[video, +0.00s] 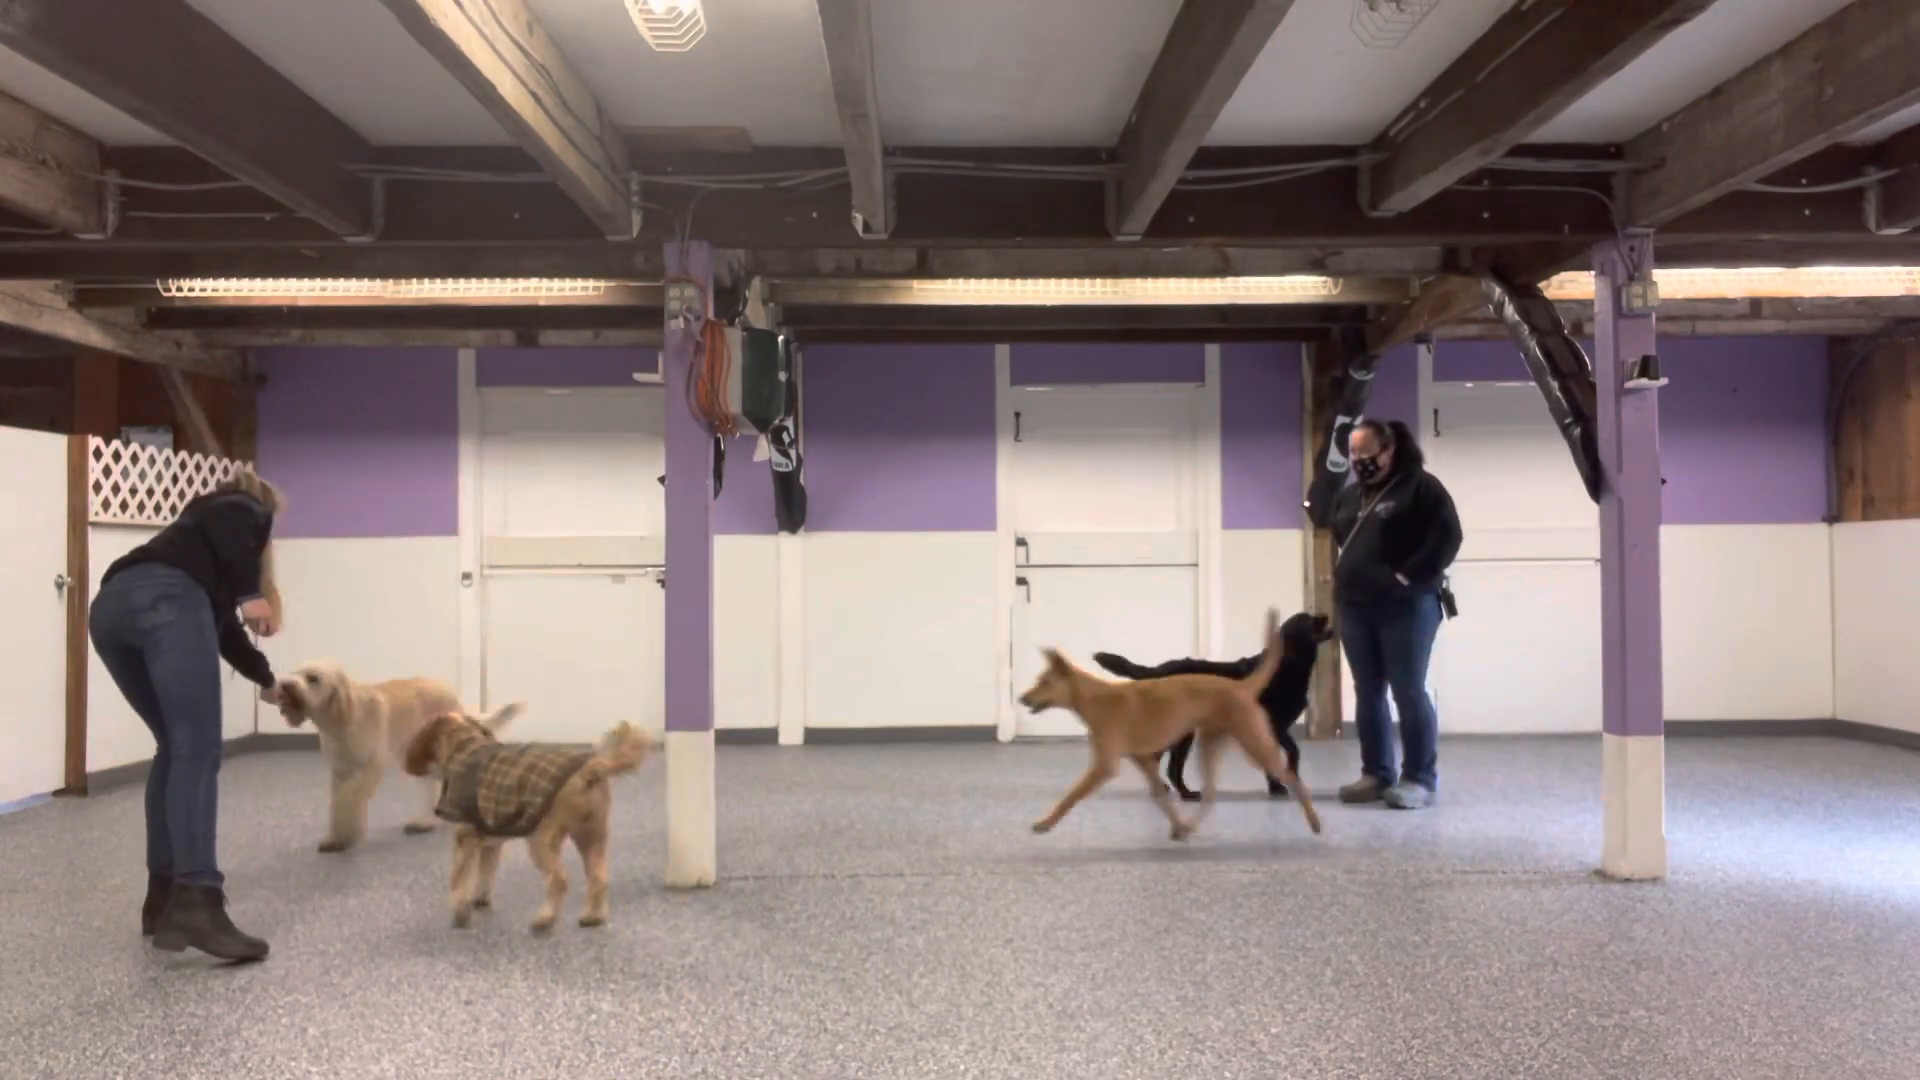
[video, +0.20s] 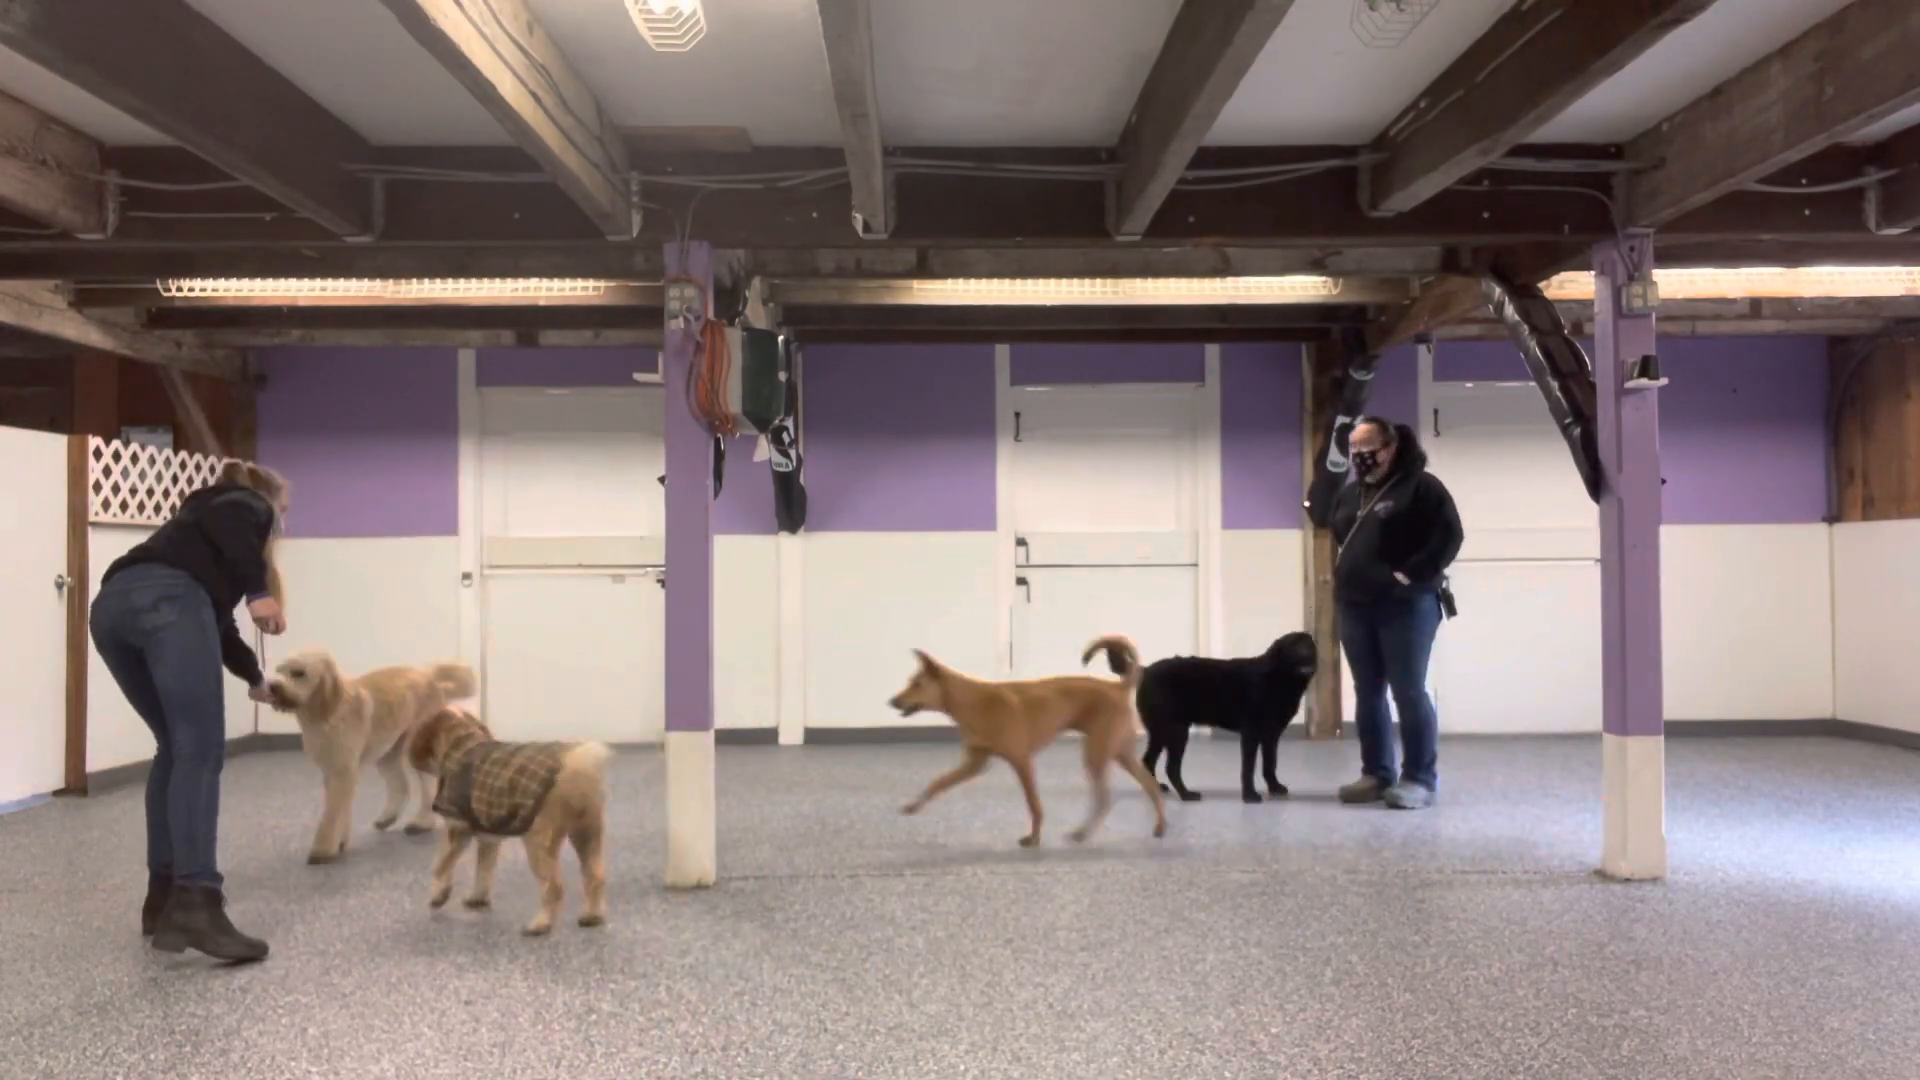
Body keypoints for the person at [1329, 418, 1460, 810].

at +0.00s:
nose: (1360, 463)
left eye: (1367, 454)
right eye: (1354, 456)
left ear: (1390, 448)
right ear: (1350, 457)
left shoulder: (1421, 486)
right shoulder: (1351, 493)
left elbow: (1449, 536)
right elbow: (1326, 519)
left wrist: (1409, 575)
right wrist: (1330, 469)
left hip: (1407, 601)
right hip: (1355, 602)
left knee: (1409, 689)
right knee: (1368, 691)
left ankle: (1419, 780)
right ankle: (1377, 774)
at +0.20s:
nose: (1361, 460)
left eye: (1368, 451)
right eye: (1355, 453)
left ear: (1393, 446)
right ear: (1351, 454)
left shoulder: (1422, 487)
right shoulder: (1353, 491)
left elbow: (1450, 535)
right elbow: (1328, 521)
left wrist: (1411, 574)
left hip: (1407, 601)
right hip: (1356, 603)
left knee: (1409, 690)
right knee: (1368, 691)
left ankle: (1419, 781)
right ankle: (1377, 774)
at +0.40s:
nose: (1364, 448)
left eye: (1373, 441)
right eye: (1359, 442)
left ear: (1396, 445)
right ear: (1353, 449)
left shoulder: (1421, 485)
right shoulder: (1353, 489)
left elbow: (1450, 535)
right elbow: (1325, 516)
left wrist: (1412, 574)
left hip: (1406, 600)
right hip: (1356, 601)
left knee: (1410, 691)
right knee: (1368, 691)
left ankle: (1419, 781)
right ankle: (1378, 775)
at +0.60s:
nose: (1364, 450)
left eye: (1373, 443)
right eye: (1359, 444)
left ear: (1395, 447)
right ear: (1354, 449)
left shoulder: (1422, 485)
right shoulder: (1352, 490)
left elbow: (1451, 536)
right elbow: (1322, 517)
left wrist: (1414, 574)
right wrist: (1329, 469)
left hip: (1405, 600)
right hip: (1356, 602)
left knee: (1409, 691)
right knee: (1368, 691)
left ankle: (1420, 781)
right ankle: (1377, 775)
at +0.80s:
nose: (1366, 453)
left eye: (1374, 446)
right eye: (1360, 447)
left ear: (1397, 447)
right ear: (1353, 451)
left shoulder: (1422, 486)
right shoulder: (1351, 492)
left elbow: (1454, 533)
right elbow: (1323, 515)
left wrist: (1416, 571)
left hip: (1407, 602)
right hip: (1355, 603)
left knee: (1409, 691)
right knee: (1367, 692)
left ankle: (1419, 781)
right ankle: (1377, 774)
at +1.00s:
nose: (1365, 453)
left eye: (1373, 446)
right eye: (1359, 447)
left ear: (1395, 449)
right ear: (1352, 451)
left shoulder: (1421, 488)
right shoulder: (1350, 492)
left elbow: (1460, 532)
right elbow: (1335, 532)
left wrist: (1435, 565)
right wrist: (1320, 510)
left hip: (1405, 603)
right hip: (1352, 605)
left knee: (1406, 692)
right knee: (1365, 695)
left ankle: (1419, 781)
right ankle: (1378, 775)